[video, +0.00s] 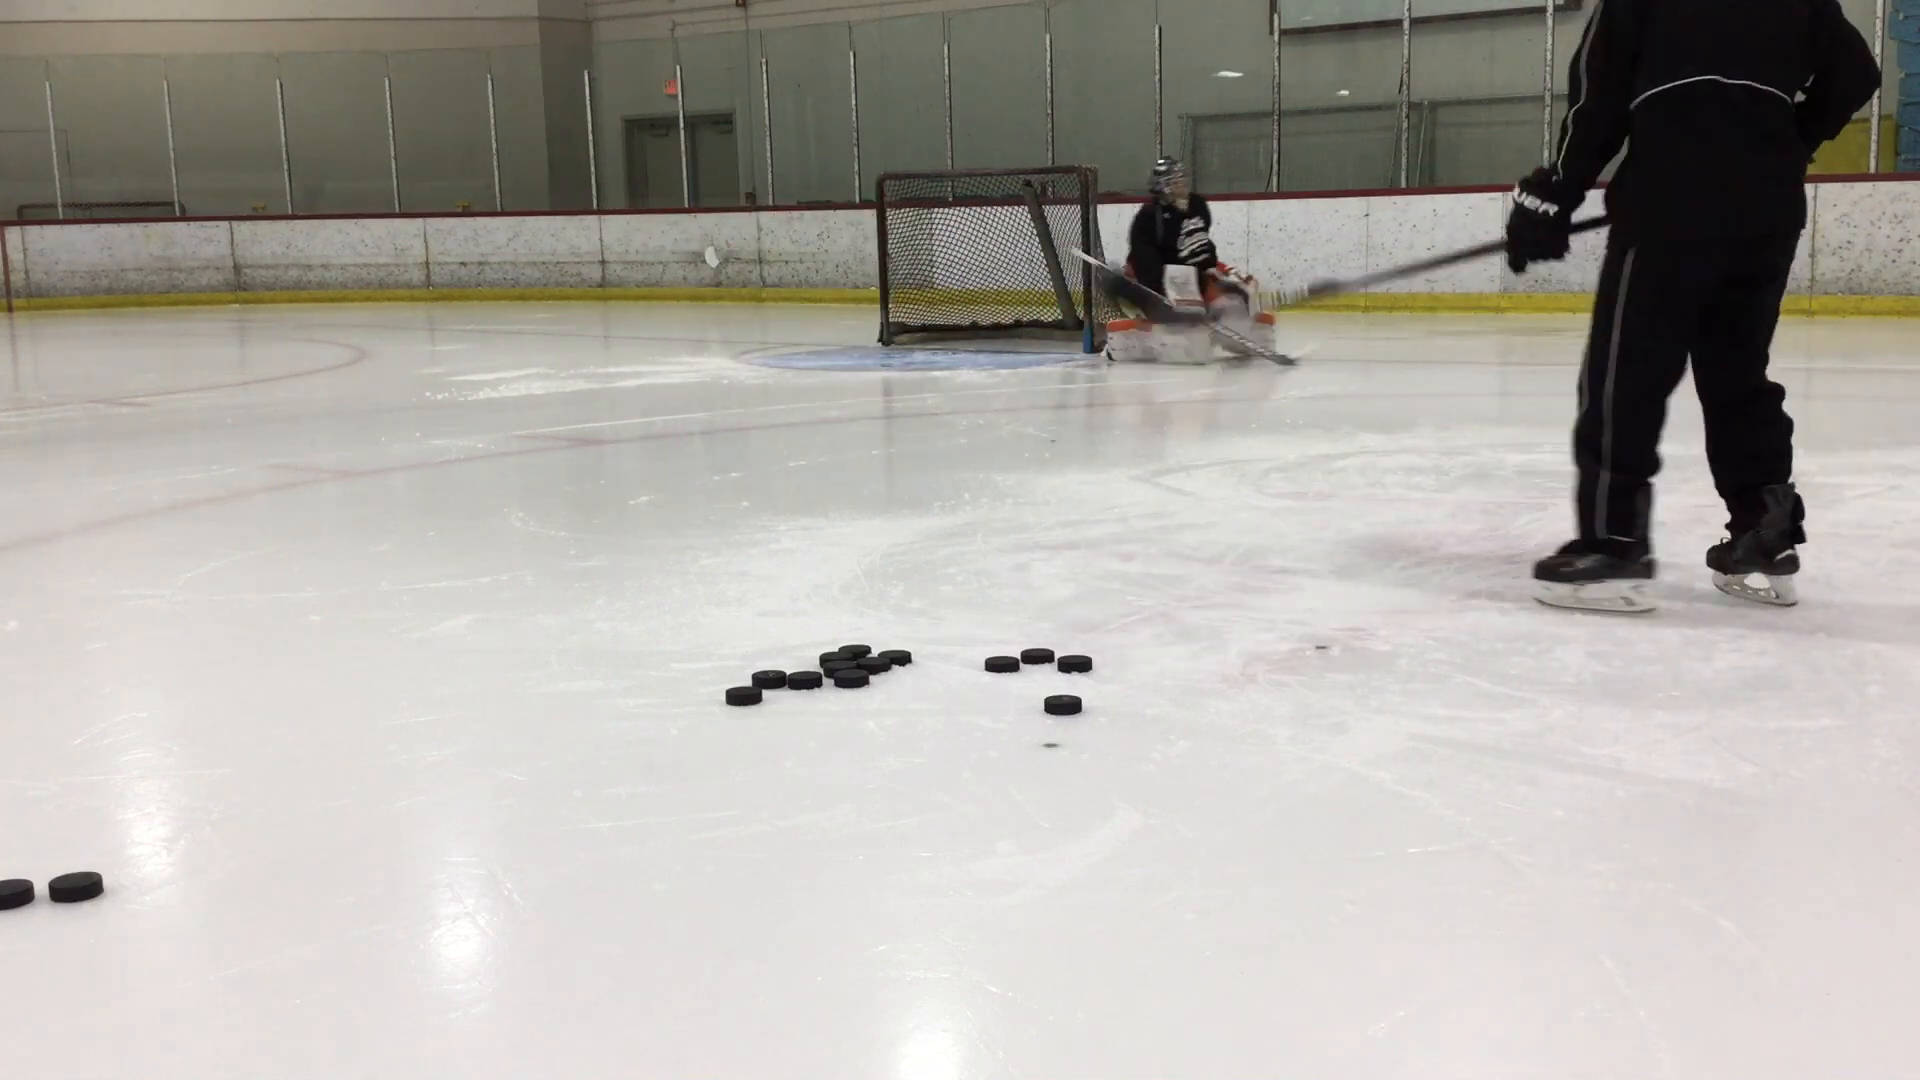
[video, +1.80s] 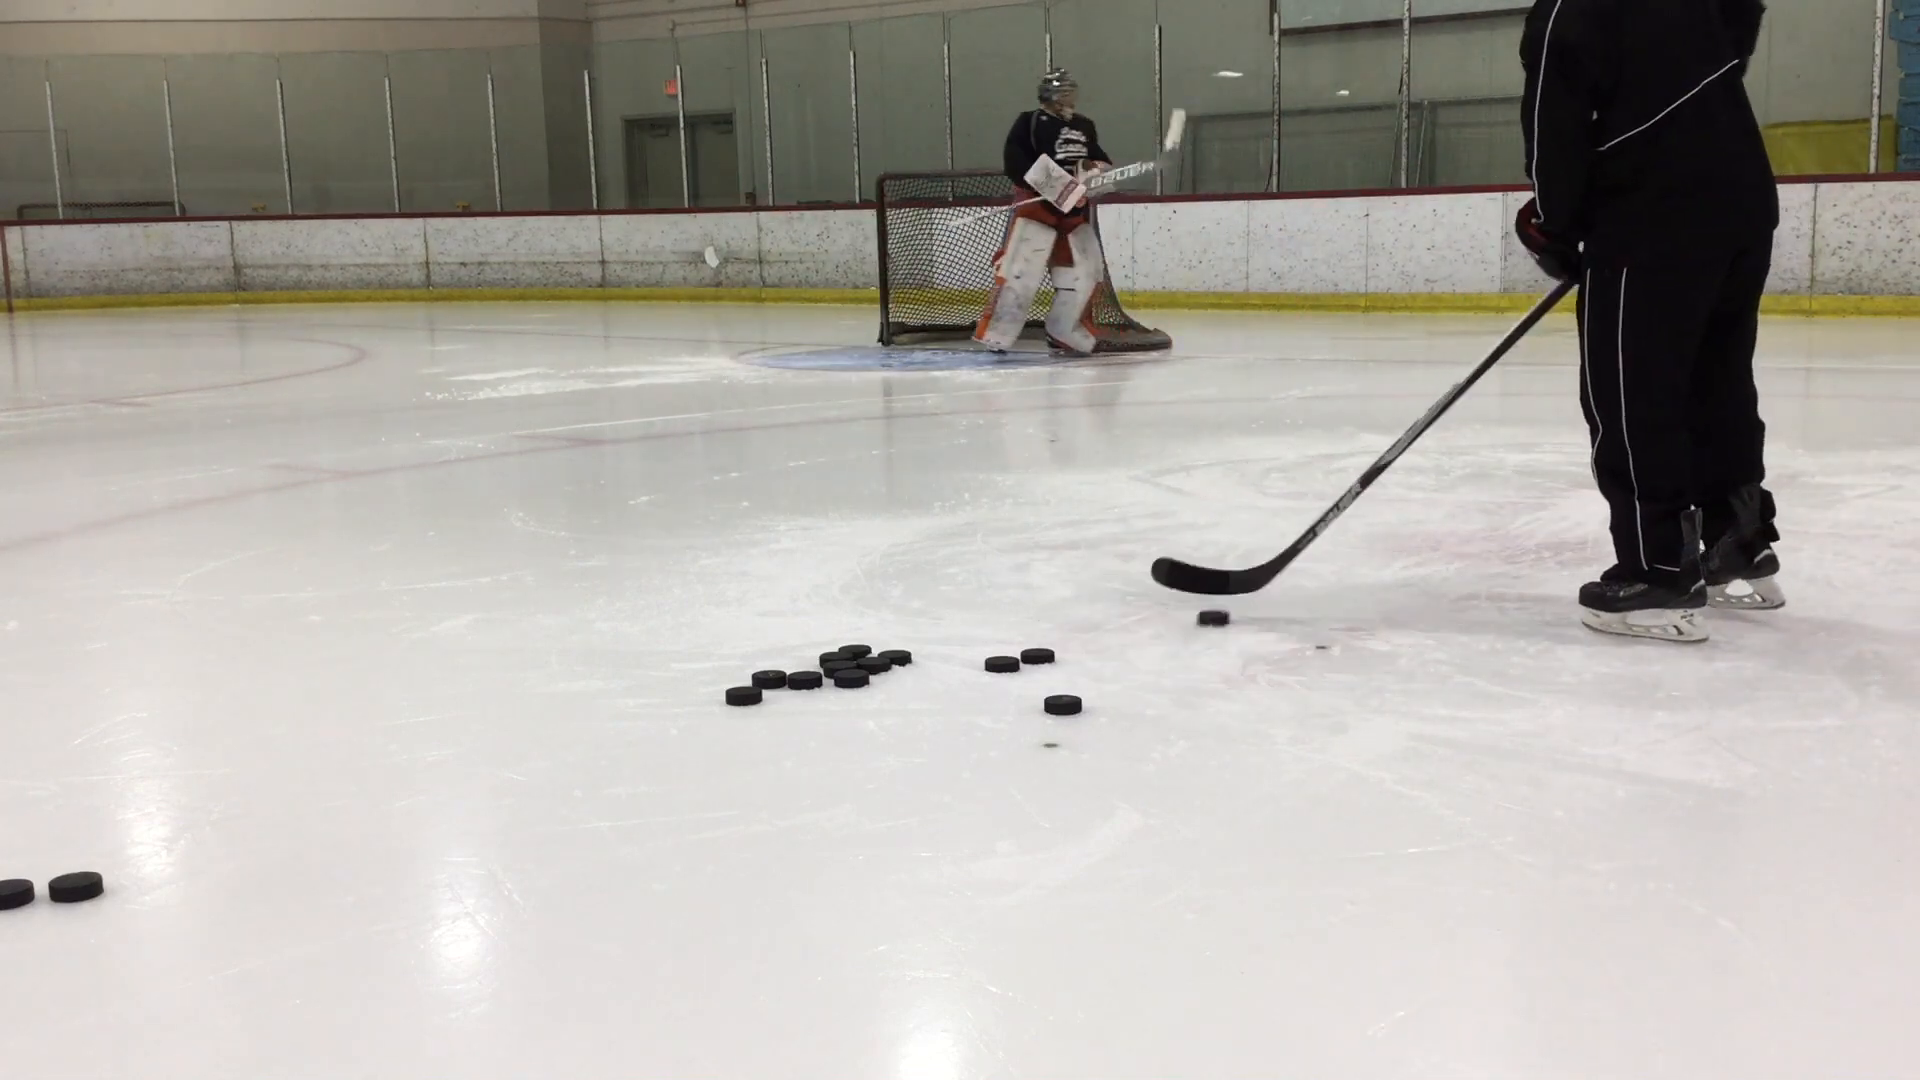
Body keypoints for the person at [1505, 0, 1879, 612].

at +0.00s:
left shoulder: (1632, 6)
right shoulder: (1801, 4)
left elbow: (1604, 89)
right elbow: (1855, 71)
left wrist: (1552, 191)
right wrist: (1787, 143)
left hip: (1667, 193)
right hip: (1768, 197)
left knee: (1623, 371)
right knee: (1737, 373)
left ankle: (1613, 541)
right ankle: (1767, 530)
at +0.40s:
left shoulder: (1694, 0)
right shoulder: (1800, 2)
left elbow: (1673, 69)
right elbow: (1817, 94)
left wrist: (1598, 154)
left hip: (1714, 195)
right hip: (1789, 194)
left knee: (1694, 374)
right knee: (1759, 371)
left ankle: (1714, 549)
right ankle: (1778, 537)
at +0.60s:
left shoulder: (1718, 2)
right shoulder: (1774, 11)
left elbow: (1713, 70)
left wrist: (1654, 172)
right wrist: (1654, 189)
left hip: (1730, 201)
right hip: (1782, 197)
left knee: (1709, 377)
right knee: (1755, 375)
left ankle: (1728, 554)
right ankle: (1778, 538)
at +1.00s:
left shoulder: (1690, 6)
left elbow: (1666, 126)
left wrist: (1591, 223)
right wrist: (1598, 216)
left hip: (1724, 228)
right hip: (1770, 220)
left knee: (1693, 400)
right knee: (1749, 387)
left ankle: (1719, 568)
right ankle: (1780, 539)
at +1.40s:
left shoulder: (1599, 7)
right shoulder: (1692, 6)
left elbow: (1583, 129)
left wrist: (1521, 250)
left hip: (1670, 221)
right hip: (1755, 205)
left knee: (1636, 394)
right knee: (1728, 385)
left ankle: (1661, 574)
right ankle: (1736, 550)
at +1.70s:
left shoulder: (1565, 16)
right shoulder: (1691, 7)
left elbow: (1554, 125)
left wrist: (1546, 241)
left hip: (1648, 223)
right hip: (1744, 206)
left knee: (1628, 396)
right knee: (1718, 384)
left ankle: (1658, 574)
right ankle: (1732, 553)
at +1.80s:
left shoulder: (1561, 13)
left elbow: (1554, 122)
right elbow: (1741, 23)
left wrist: (1554, 229)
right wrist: (1701, 87)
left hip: (1644, 210)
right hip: (1740, 195)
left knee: (1625, 393)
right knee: (1718, 380)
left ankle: (1656, 571)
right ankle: (1738, 551)